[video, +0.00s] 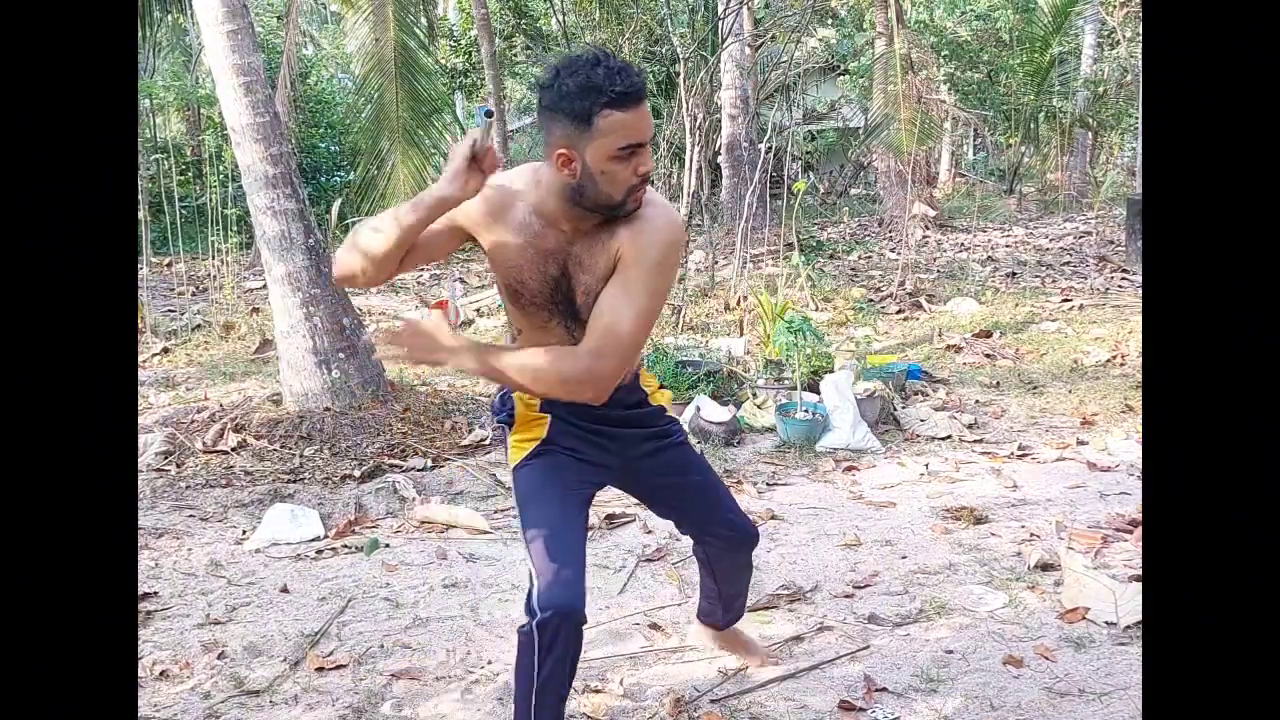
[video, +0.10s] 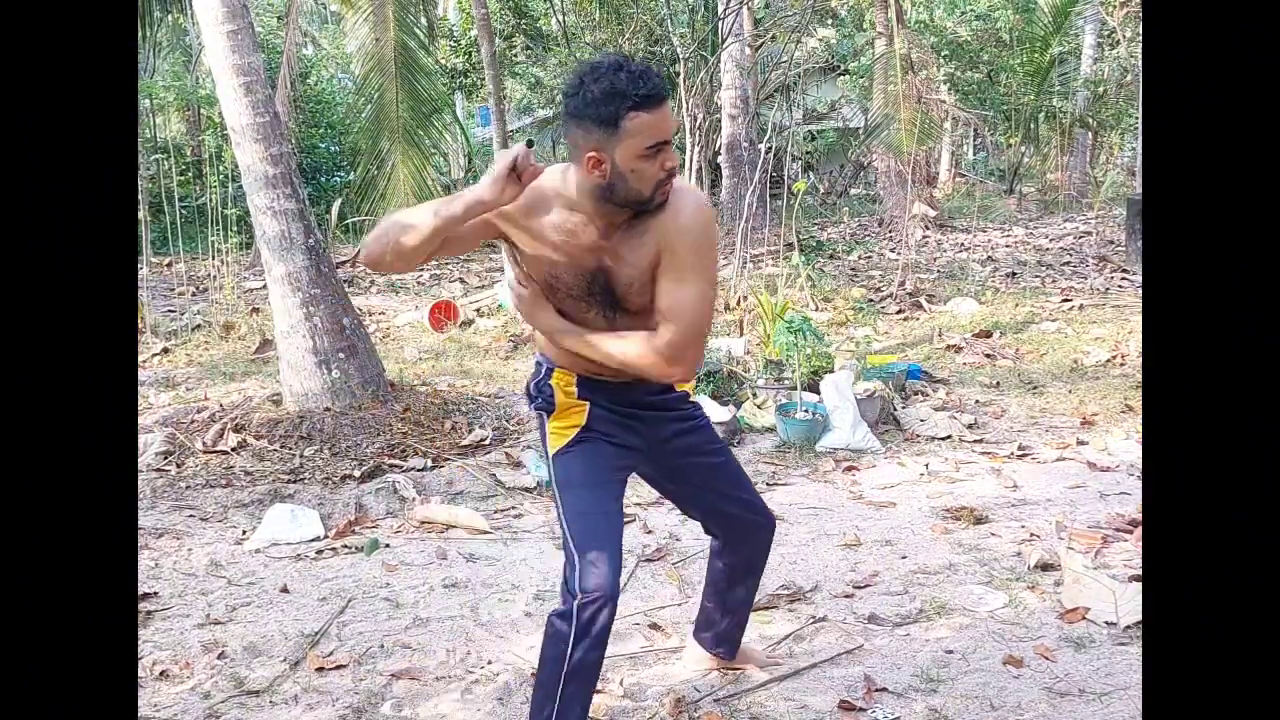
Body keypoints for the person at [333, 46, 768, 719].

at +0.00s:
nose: (648, 167)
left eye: (649, 146)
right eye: (628, 154)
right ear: (566, 159)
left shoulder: (655, 226)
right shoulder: (495, 202)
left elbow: (595, 373)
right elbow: (352, 269)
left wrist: (456, 349)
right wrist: (443, 194)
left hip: (632, 414)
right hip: (545, 421)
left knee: (732, 536)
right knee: (558, 603)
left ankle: (718, 623)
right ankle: (538, 714)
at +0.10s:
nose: (672, 164)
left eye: (672, 144)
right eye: (653, 152)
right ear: (596, 162)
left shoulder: (686, 213)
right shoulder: (529, 201)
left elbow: (677, 358)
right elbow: (375, 254)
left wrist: (554, 332)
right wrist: (480, 199)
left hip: (662, 404)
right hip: (578, 401)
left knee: (749, 525)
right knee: (594, 586)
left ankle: (719, 646)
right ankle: (554, 714)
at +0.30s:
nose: (699, 107)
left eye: (695, 94)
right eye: (688, 100)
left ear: (630, 116)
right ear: (640, 125)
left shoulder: (594, 134)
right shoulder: (627, 218)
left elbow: (677, 149)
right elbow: (750, 258)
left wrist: (725, 208)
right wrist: (794, 257)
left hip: (626, 373)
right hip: (637, 391)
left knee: (731, 494)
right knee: (649, 598)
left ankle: (721, 643)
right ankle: (558, 712)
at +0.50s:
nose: (707, 80)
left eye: (706, 67)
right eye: (703, 68)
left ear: (617, 76)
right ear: (678, 83)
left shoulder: (558, 163)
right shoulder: (730, 177)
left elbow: (538, 211)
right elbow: (719, 282)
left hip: (603, 389)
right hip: (678, 398)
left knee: (727, 492)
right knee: (667, 616)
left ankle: (721, 640)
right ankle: (562, 717)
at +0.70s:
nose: (713, 90)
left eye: (710, 79)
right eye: (714, 78)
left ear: (635, 78)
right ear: (700, 77)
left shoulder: (582, 167)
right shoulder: (729, 152)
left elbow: (554, 283)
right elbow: (818, 259)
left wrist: (628, 303)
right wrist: (792, 345)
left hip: (595, 392)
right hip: (666, 400)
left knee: (707, 485)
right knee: (652, 613)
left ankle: (714, 638)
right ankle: (557, 716)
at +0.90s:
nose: (751, 89)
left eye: (751, 79)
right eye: (753, 79)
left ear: (684, 74)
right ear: (740, 74)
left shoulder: (645, 143)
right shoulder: (738, 128)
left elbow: (638, 253)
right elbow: (811, 220)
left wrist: (715, 269)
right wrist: (848, 301)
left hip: (627, 347)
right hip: (672, 350)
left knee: (728, 483)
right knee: (697, 552)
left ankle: (715, 637)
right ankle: (580, 708)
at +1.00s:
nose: (767, 91)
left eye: (767, 80)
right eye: (769, 78)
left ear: (704, 68)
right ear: (754, 67)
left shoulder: (677, 129)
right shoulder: (725, 119)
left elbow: (651, 262)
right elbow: (776, 207)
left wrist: (725, 276)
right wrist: (873, 216)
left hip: (638, 337)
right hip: (671, 339)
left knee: (728, 492)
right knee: (760, 529)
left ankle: (715, 632)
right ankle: (633, 684)